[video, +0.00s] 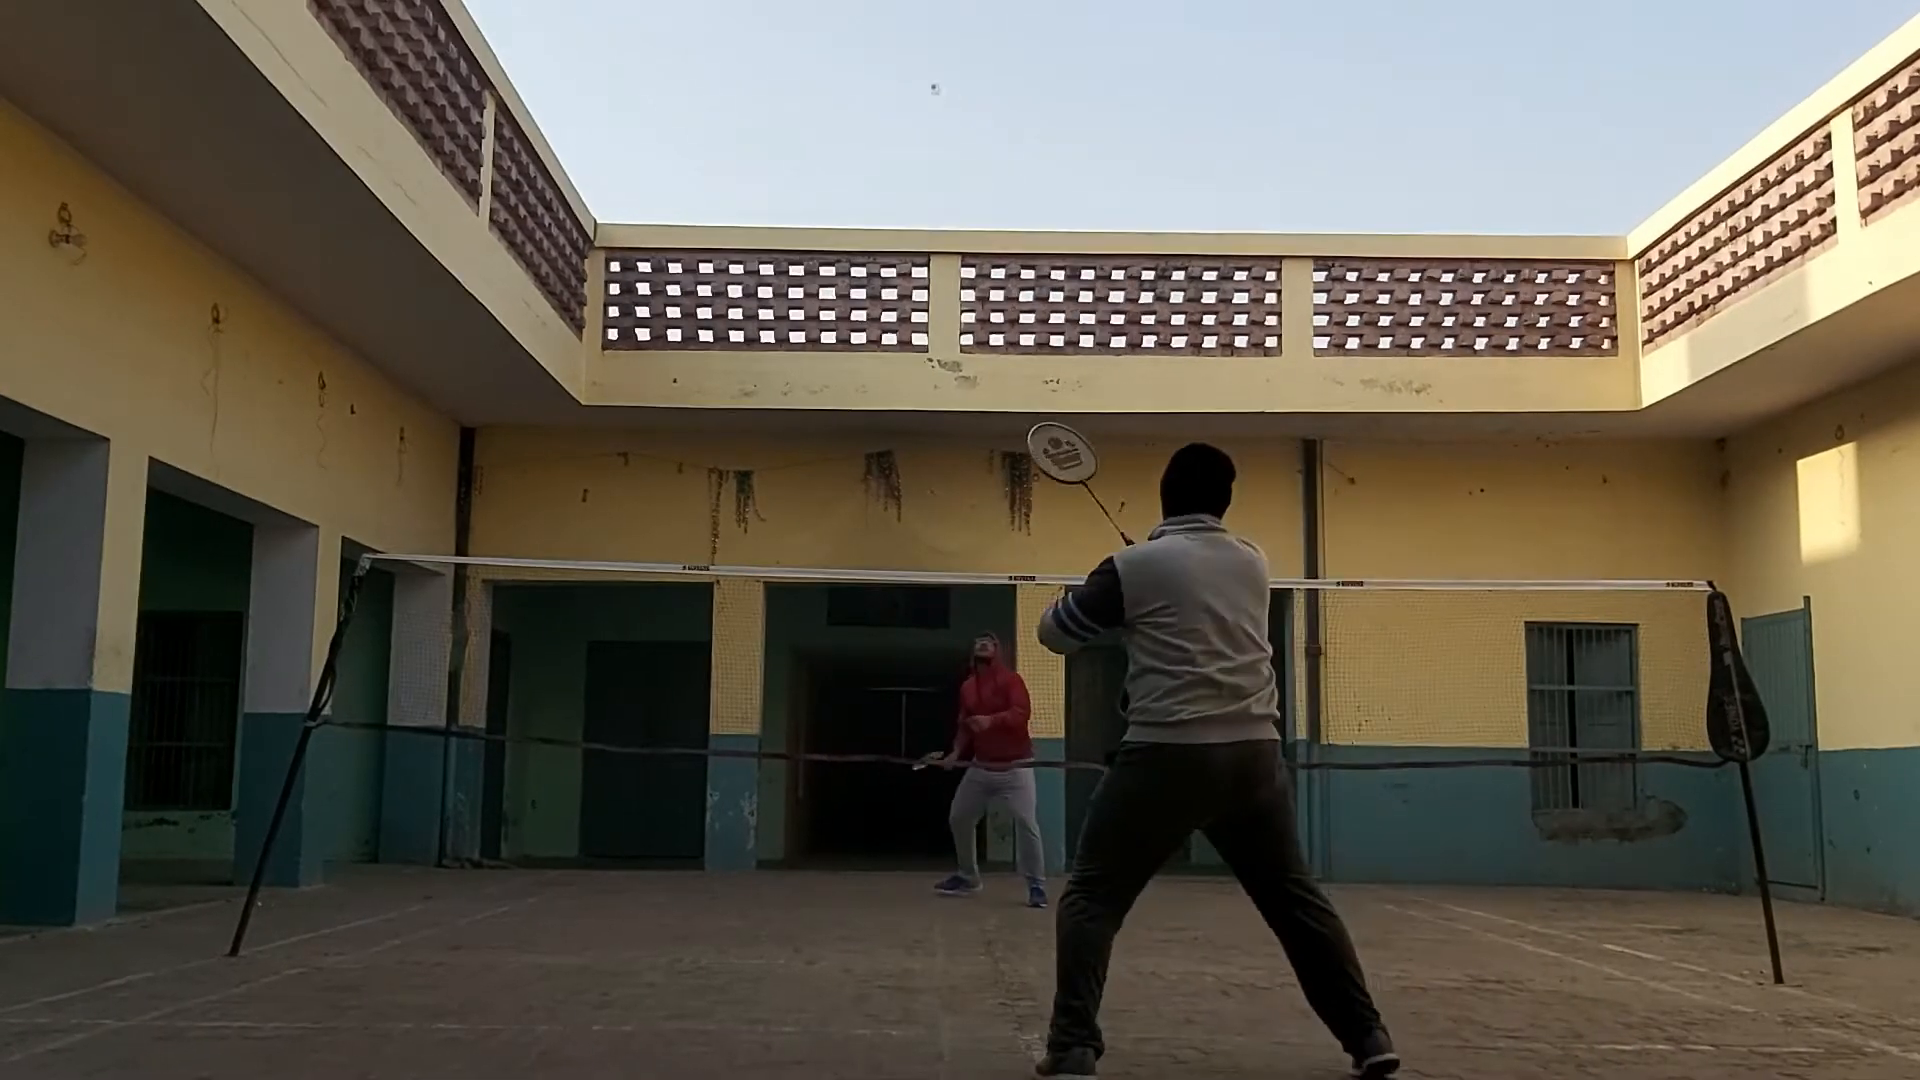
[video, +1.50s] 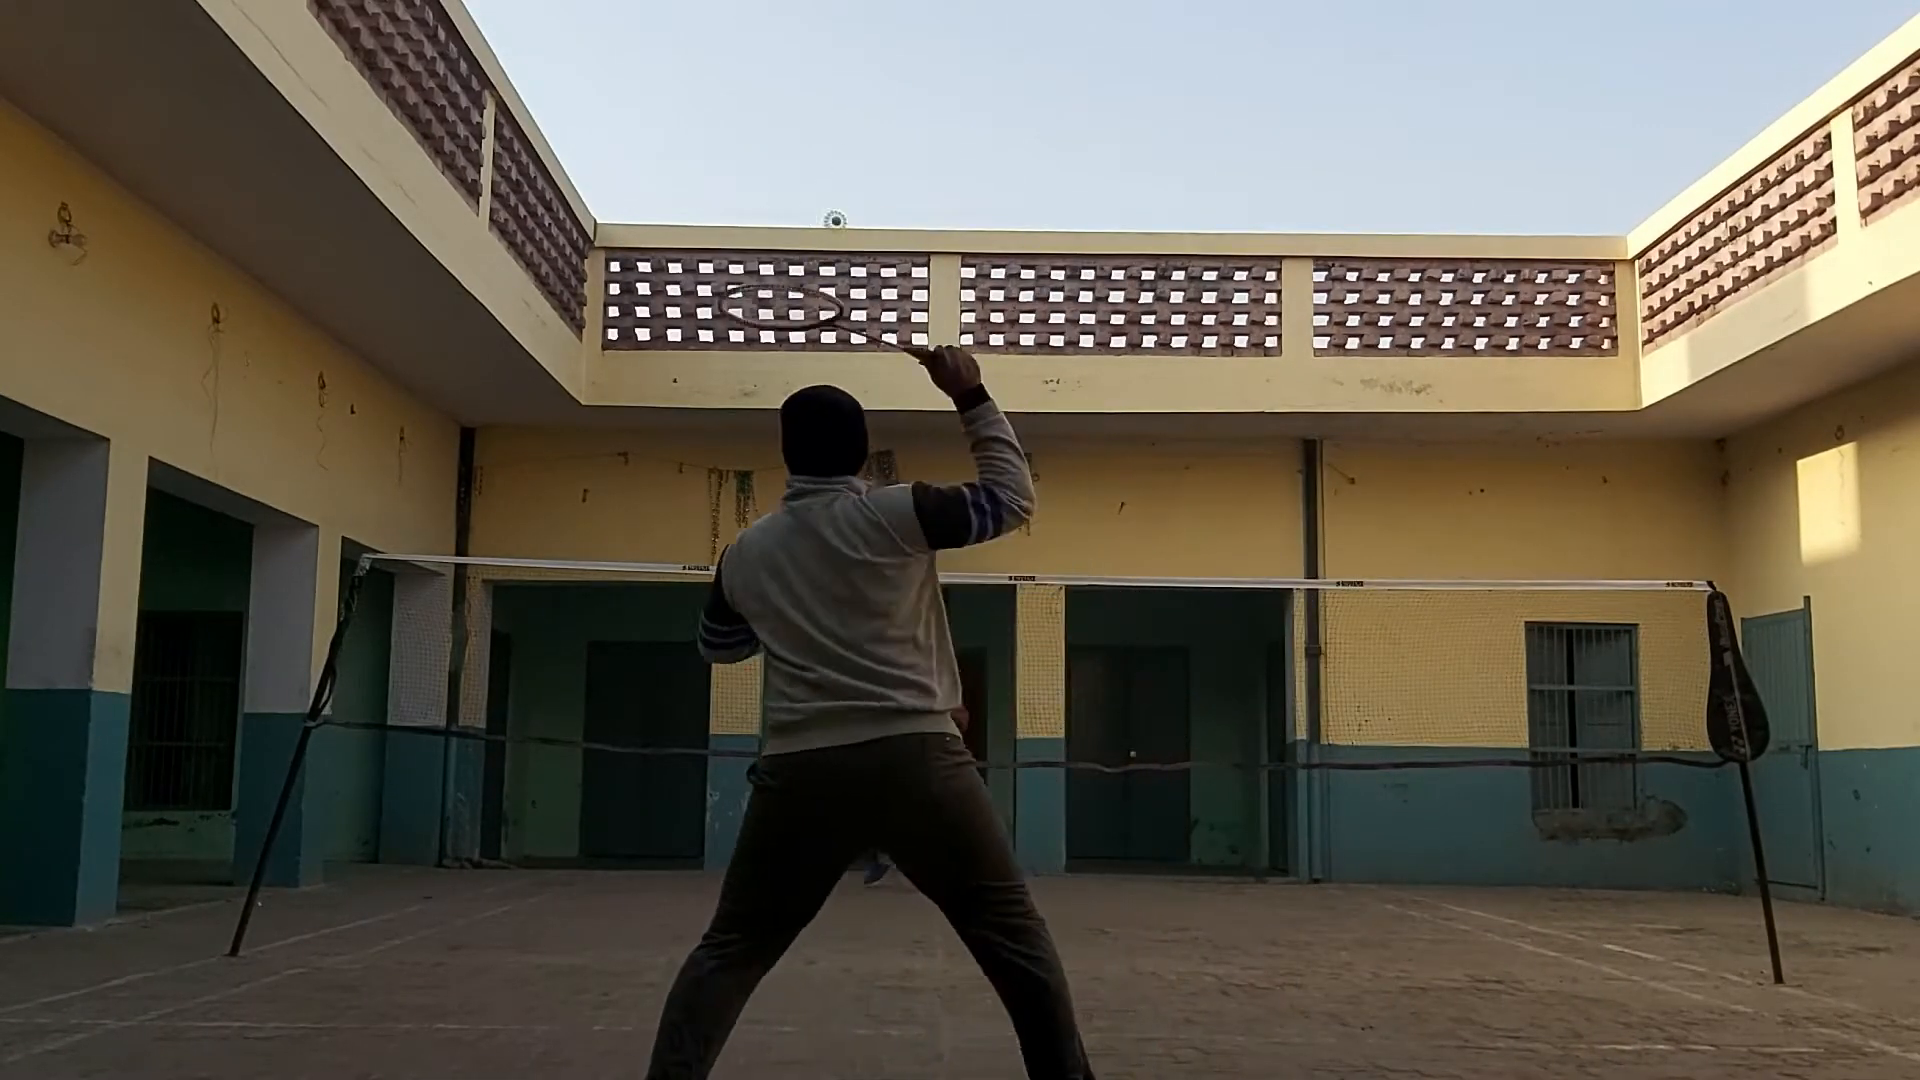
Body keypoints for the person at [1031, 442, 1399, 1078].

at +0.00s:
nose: (1164, 502)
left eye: (1165, 492)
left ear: (1164, 498)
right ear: (1226, 502)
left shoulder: (1136, 566)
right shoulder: (1253, 562)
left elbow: (1056, 630)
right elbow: (1197, 600)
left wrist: (1090, 589)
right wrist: (1149, 559)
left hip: (1162, 757)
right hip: (1253, 756)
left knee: (1093, 896)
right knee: (1293, 893)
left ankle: (1072, 1047)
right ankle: (1368, 1039)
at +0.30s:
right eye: (1123, 455)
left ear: (1066, 465)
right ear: (1133, 463)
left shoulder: (1046, 538)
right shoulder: (1181, 528)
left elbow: (1003, 634)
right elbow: (1214, 630)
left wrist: (959, 720)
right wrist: (1174, 675)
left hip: (1094, 730)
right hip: (1189, 724)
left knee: (1090, 885)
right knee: (1205, 881)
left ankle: (1073, 1046)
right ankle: (1169, 1010)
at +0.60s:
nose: (1040, 458)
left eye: (1041, 449)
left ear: (1043, 453)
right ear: (1110, 457)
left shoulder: (1027, 505)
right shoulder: (1161, 528)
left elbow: (1020, 585)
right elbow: (1201, 633)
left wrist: (1006, 671)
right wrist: (1172, 716)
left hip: (1038, 709)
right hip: (1134, 717)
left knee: (994, 882)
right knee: (1127, 906)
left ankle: (997, 1052)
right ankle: (1121, 1066)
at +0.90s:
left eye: (971, 458)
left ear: (968, 461)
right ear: (1039, 463)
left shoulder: (925, 527)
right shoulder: (1086, 537)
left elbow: (861, 639)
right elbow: (1135, 640)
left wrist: (825, 732)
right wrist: (1116, 736)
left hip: (942, 726)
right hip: (1055, 734)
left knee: (886, 907)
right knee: (1077, 901)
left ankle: (839, 1068)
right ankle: (1111, 1065)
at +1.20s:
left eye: (929, 440)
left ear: (921, 448)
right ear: (996, 450)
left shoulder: (866, 520)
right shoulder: (1035, 522)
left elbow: (810, 627)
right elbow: (1082, 637)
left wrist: (885, 655)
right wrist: (1082, 676)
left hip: (869, 731)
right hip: (985, 737)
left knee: (789, 903)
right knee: (1054, 919)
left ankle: (749, 1065)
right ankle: (1070, 1072)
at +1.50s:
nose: (860, 451)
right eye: (858, 440)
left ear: (786, 459)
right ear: (861, 452)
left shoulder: (746, 554)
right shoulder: (901, 511)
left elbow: (722, 643)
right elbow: (1009, 498)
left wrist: (786, 591)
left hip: (800, 773)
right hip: (920, 759)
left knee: (732, 950)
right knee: (1009, 929)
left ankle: (671, 1074)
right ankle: (1067, 1070)